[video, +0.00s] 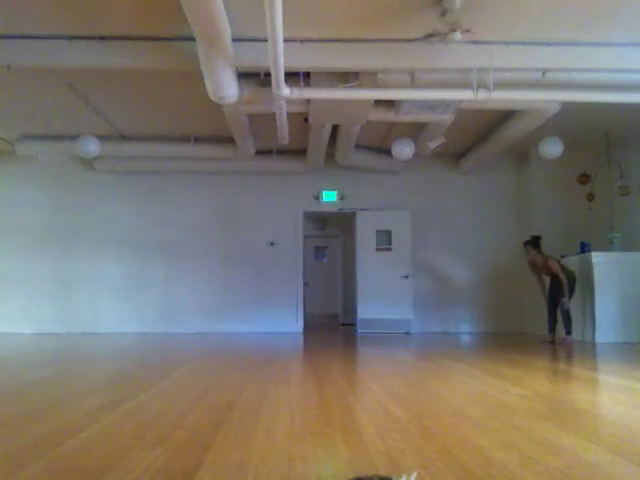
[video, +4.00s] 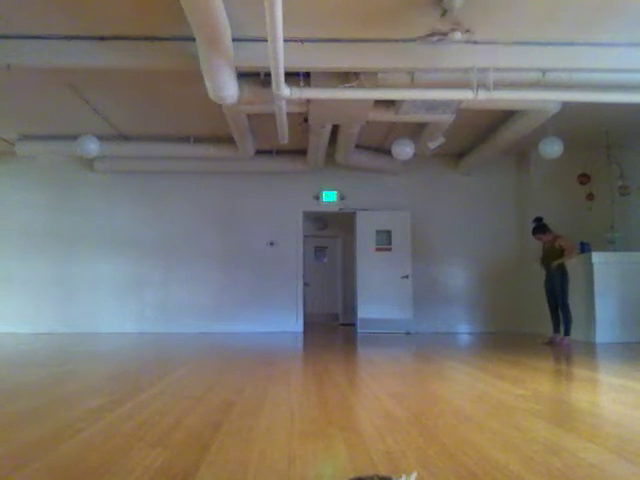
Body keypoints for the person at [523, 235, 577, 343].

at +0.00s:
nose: (527, 254)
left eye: (529, 251)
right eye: (525, 252)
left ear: (536, 250)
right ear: (526, 252)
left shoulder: (548, 261)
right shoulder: (532, 263)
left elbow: (564, 278)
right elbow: (541, 281)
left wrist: (566, 296)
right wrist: (545, 299)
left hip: (567, 278)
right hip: (555, 279)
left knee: (563, 304)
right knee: (551, 306)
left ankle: (568, 335)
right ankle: (551, 336)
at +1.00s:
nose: (537, 232)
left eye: (540, 229)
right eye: (537, 229)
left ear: (547, 230)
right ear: (539, 231)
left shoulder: (552, 244)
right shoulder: (539, 244)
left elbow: (563, 259)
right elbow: (539, 262)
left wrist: (557, 275)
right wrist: (534, 275)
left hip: (549, 278)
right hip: (538, 278)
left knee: (551, 307)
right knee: (546, 307)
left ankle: (564, 331)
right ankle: (552, 333)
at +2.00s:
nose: (543, 229)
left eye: (545, 226)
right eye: (543, 227)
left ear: (554, 226)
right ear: (547, 227)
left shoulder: (560, 239)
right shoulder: (547, 240)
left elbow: (575, 249)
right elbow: (550, 253)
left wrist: (563, 260)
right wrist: (545, 261)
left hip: (558, 274)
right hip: (548, 274)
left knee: (562, 304)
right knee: (548, 303)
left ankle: (567, 335)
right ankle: (551, 331)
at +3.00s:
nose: (548, 235)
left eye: (549, 232)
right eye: (546, 233)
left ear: (555, 229)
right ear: (548, 232)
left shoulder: (566, 242)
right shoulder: (551, 243)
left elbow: (573, 259)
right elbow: (548, 258)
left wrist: (561, 269)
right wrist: (545, 266)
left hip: (562, 276)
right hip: (551, 276)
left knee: (564, 305)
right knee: (549, 303)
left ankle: (567, 336)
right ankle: (551, 332)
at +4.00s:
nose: (540, 241)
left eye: (540, 238)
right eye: (538, 239)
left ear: (546, 233)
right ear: (540, 237)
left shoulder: (558, 240)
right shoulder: (545, 243)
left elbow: (571, 252)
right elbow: (546, 257)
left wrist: (558, 261)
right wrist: (543, 263)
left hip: (559, 273)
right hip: (549, 273)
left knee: (562, 304)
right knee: (552, 305)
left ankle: (566, 336)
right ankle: (556, 334)